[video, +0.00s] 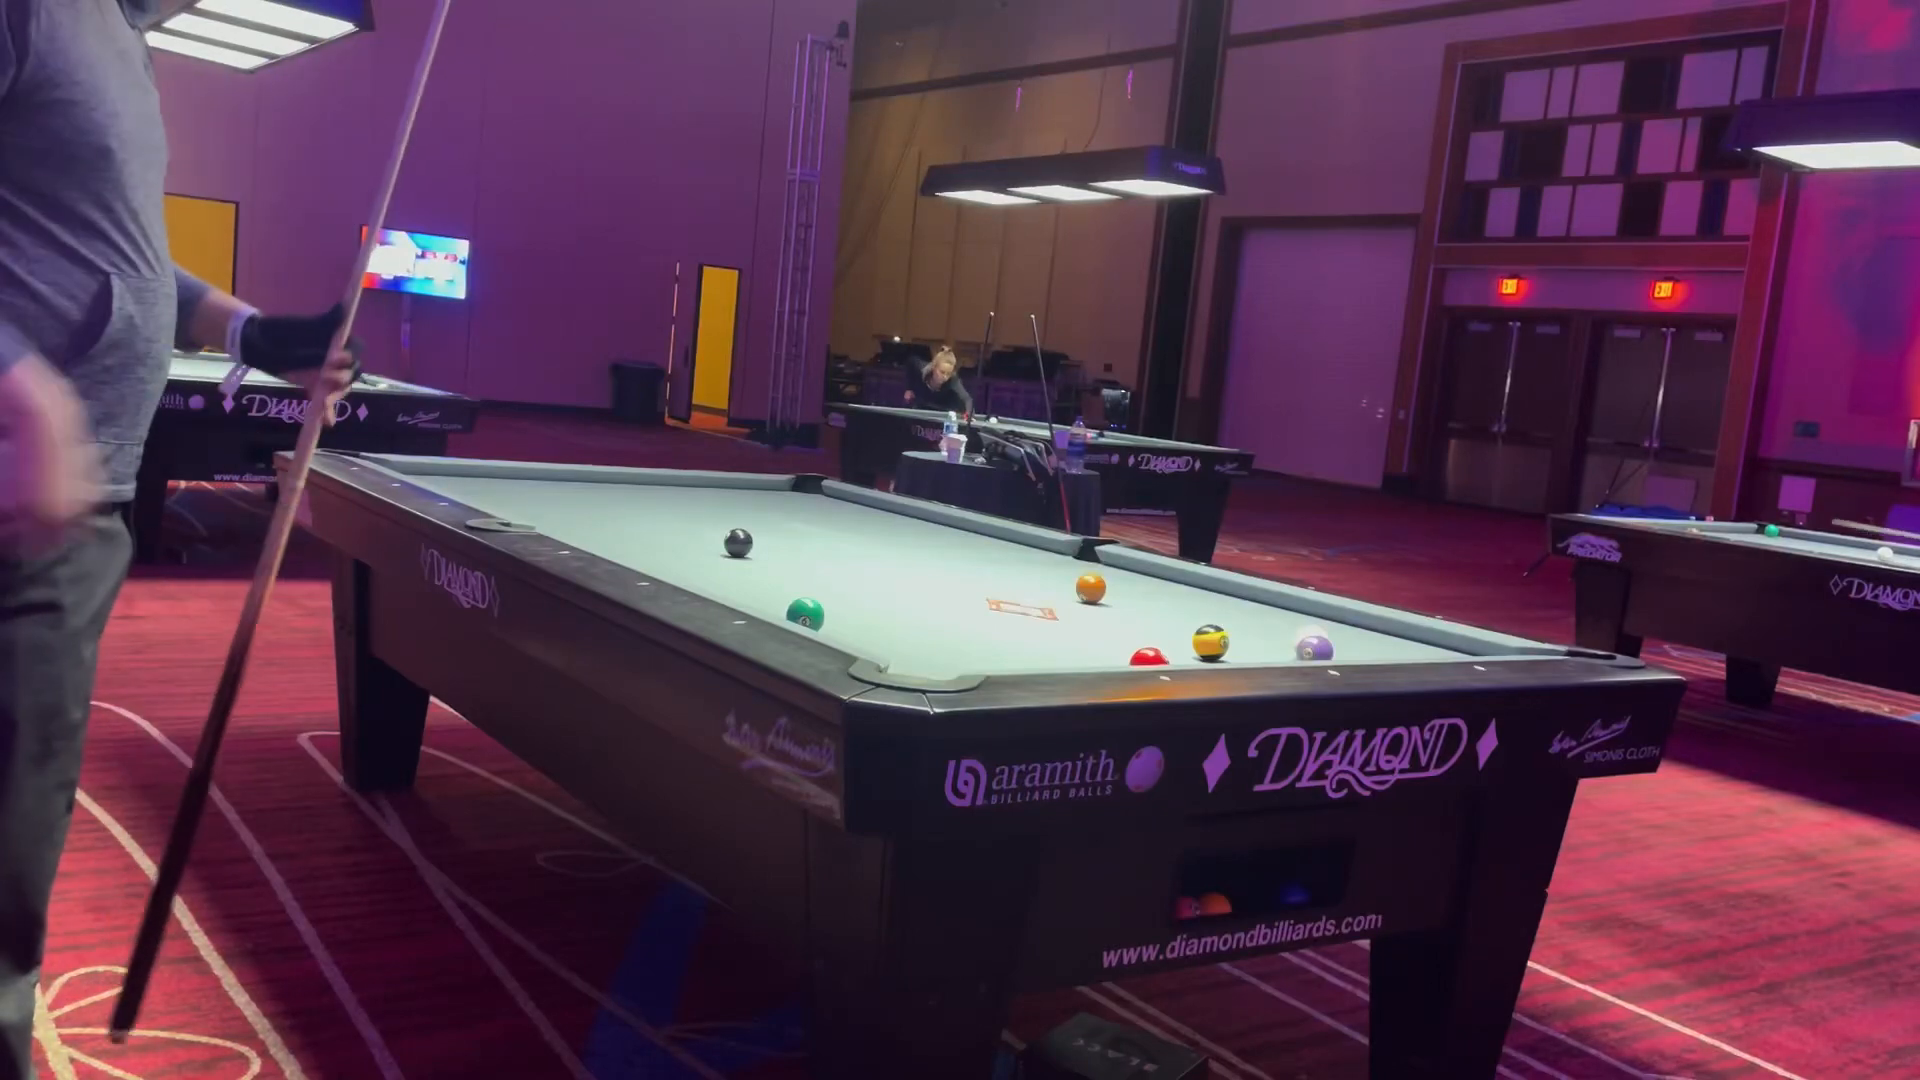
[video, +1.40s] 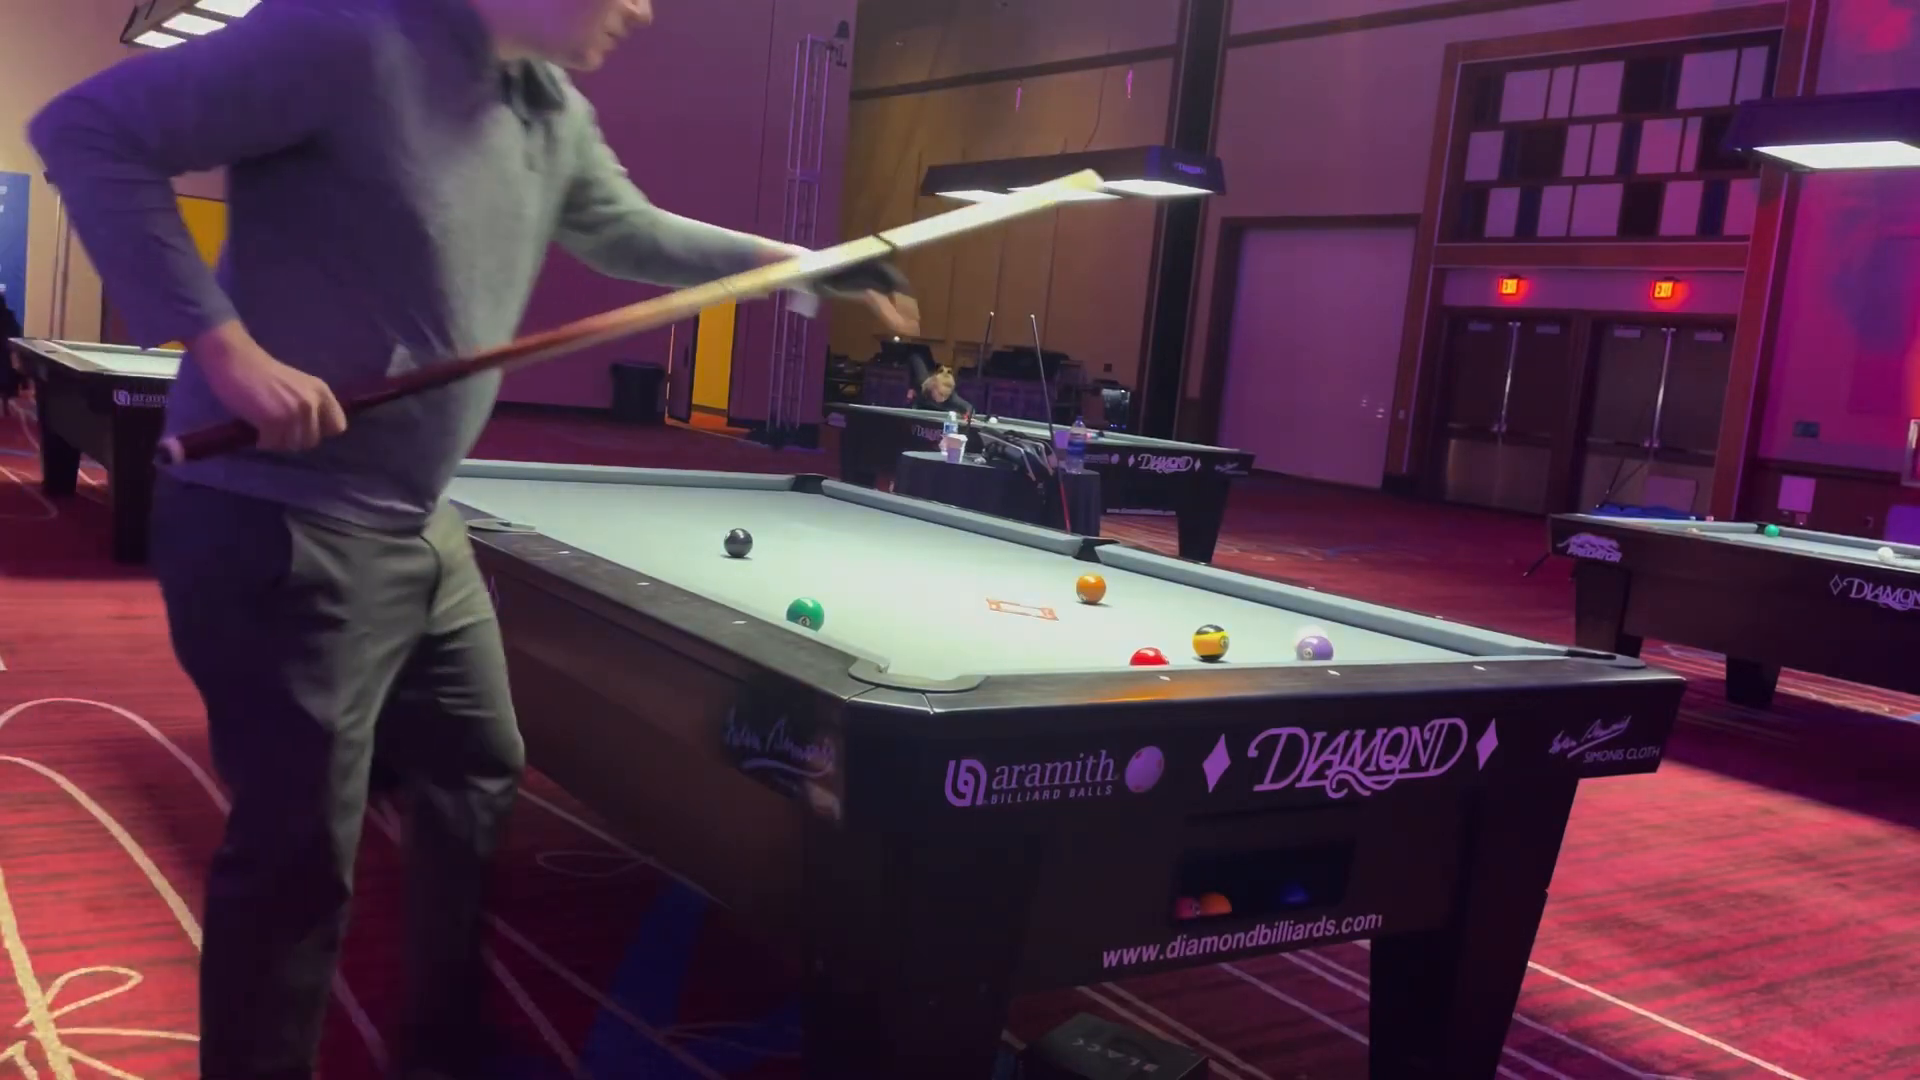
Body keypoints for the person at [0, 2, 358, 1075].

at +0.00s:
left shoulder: (116, 29)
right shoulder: (32, 20)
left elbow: (110, 248)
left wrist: (249, 331)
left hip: (80, 514)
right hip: (25, 524)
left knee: (33, 827)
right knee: (19, 844)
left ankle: (17, 1034)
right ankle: (13, 1040)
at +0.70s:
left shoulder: (162, 20)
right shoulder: (46, 13)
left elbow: (160, 211)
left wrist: (360, 229)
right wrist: (11, 423)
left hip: (115, 482)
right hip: (65, 488)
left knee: (30, 831)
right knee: (185, 817)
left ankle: (2, 1045)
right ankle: (129, 1066)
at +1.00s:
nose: (403, 1)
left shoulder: (309, 52)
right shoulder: (148, 22)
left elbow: (325, 210)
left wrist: (497, 240)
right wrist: (78, 414)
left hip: (231, 515)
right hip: (168, 521)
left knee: (92, 840)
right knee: (255, 866)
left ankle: (8, 1049)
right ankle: (263, 1064)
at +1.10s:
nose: (464, 2)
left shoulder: (372, 55)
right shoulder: (203, 31)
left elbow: (398, 207)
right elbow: (7, 188)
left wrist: (559, 236)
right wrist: (119, 416)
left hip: (292, 522)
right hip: (199, 524)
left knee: (212, 834)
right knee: (281, 869)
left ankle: (45, 1056)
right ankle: (267, 1066)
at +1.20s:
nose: (515, 10)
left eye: (516, 5)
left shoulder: (425, 62)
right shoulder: (252, 35)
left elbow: (474, 206)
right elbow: (28, 176)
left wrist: (642, 234)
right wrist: (163, 397)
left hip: (338, 518)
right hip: (231, 520)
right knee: (268, 869)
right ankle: (262, 1072)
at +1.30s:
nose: (576, 9)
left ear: (522, 4)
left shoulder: (492, 84)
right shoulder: (296, 33)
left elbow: (542, 209)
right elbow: (48, 142)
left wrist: (719, 242)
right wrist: (203, 354)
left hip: (382, 518)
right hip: (254, 518)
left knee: (444, 758)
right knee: (283, 857)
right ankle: (261, 1065)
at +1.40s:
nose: (639, 17)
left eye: (646, 5)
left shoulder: (550, 107)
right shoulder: (346, 43)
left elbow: (641, 236)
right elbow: (87, 133)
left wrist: (824, 284)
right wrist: (221, 343)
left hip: (416, 523)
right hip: (279, 520)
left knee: (470, 779)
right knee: (293, 863)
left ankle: (441, 1053)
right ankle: (262, 1071)